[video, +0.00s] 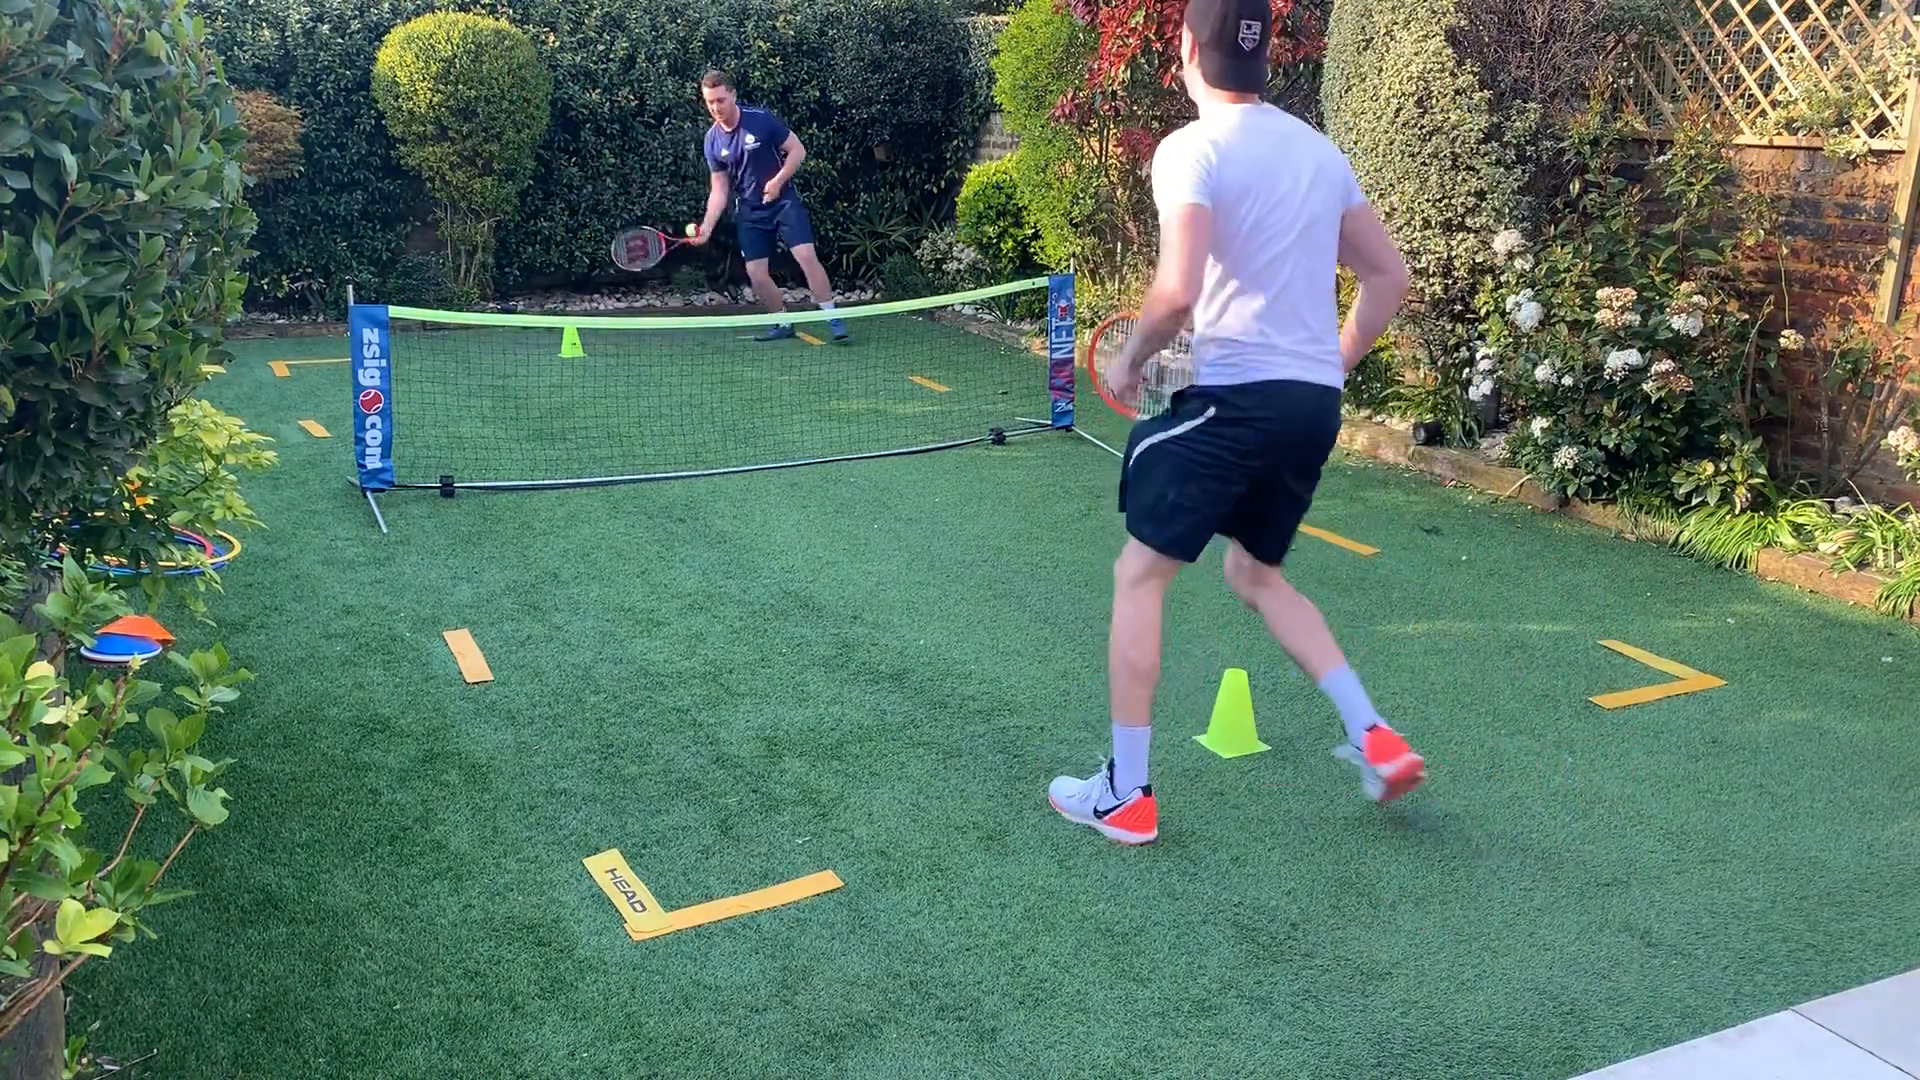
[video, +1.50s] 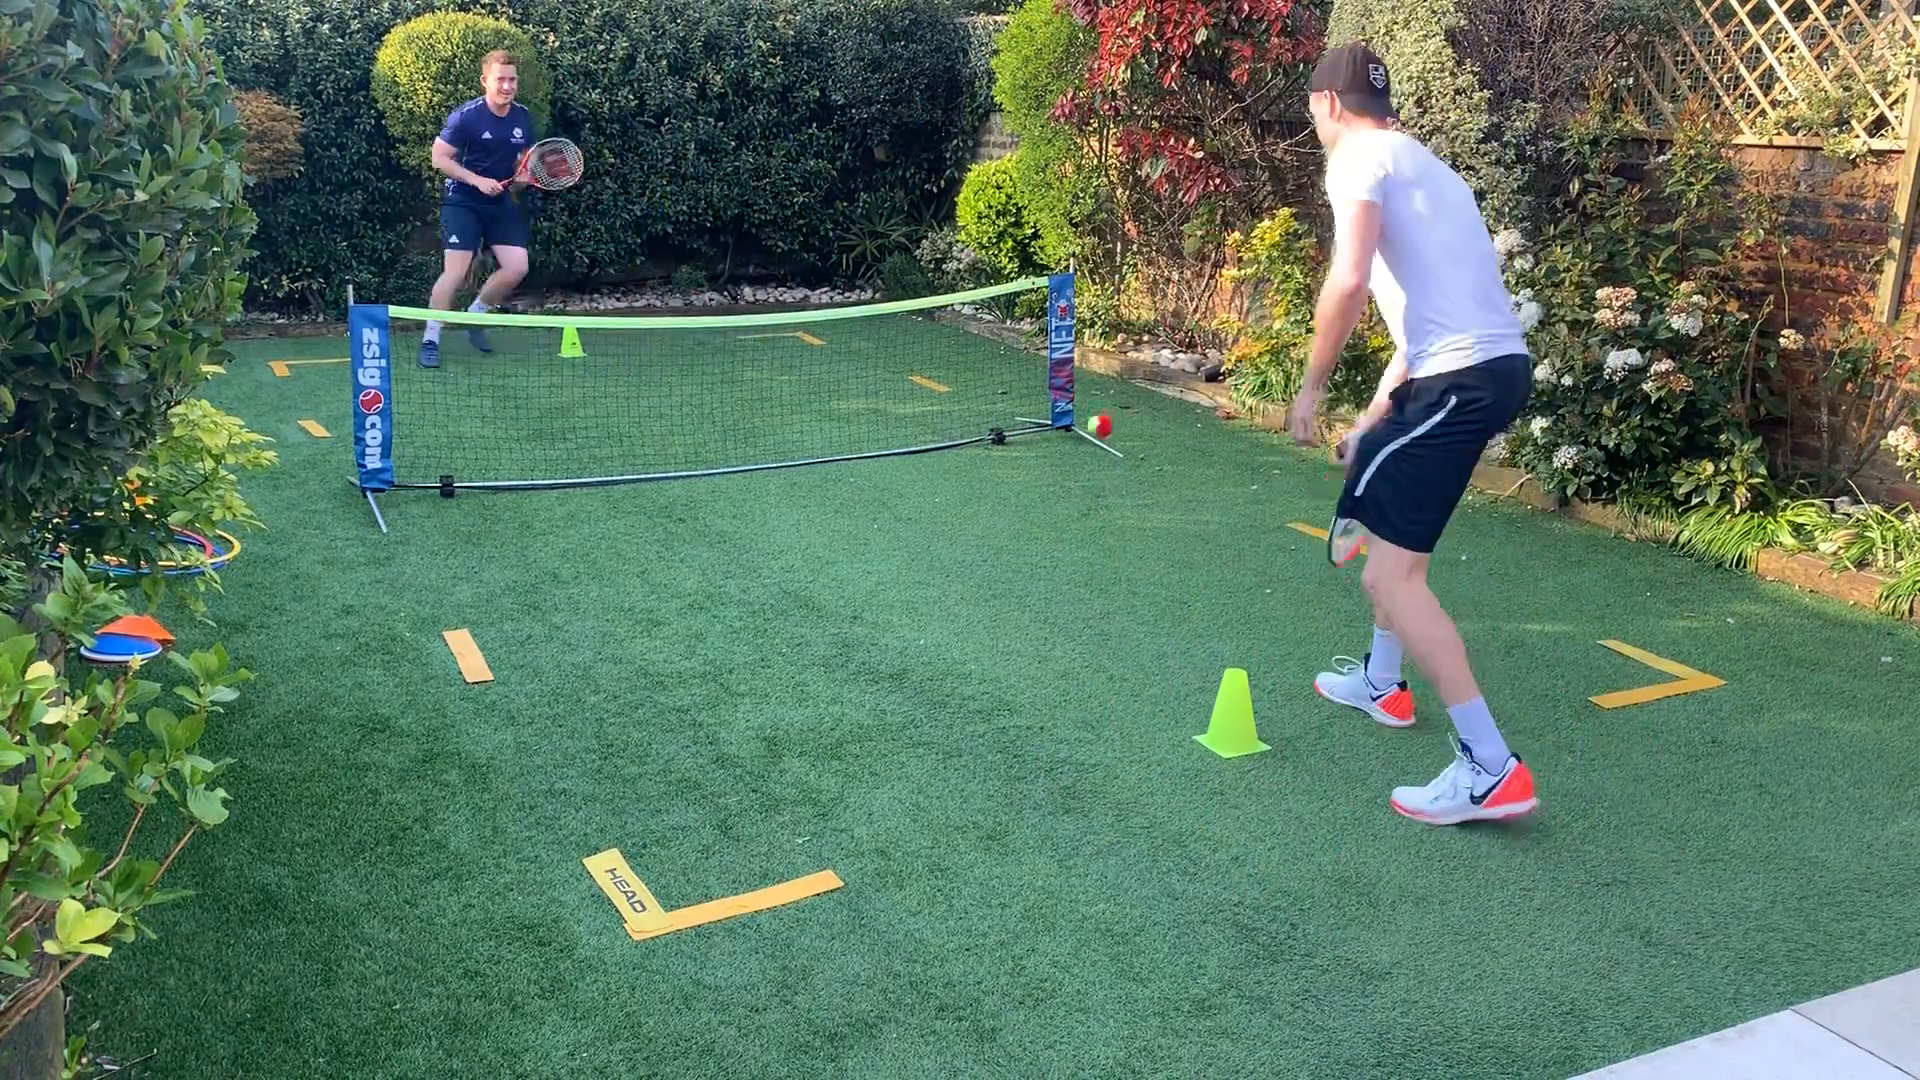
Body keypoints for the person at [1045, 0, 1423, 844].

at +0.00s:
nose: (1178, 55)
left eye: (1181, 43)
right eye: (1185, 41)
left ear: (1189, 52)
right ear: (1263, 53)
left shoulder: (1192, 149)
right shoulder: (1320, 151)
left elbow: (1178, 292)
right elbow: (1388, 274)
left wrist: (1130, 355)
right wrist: (1334, 363)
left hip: (1227, 397)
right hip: (1316, 404)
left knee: (1140, 575)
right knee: (1253, 571)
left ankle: (1124, 789)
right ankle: (1372, 735)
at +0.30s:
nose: (1280, 40)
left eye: (1282, 28)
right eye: (1288, 27)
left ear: (1293, 36)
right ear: (1366, 41)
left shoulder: (1302, 129)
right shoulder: (1432, 130)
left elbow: (1269, 293)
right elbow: (1485, 275)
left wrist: (1237, 342)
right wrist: (1413, 330)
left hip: (1363, 390)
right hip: (1450, 389)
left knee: (1256, 583)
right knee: (1431, 595)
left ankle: (1207, 803)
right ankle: (1490, 810)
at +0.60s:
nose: (1368, 99)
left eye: (1371, 86)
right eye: (1377, 84)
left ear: (1384, 94)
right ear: (1458, 98)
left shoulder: (1367, 193)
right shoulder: (1521, 191)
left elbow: (1328, 363)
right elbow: (1580, 337)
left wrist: (1367, 401)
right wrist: (1508, 401)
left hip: (1437, 455)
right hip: (1534, 450)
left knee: (1347, 657)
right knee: (1537, 623)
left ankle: (1364, 900)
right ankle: (1644, 819)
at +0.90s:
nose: (1405, 72)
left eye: (1408, 59)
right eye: (1411, 56)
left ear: (1421, 69)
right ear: (1491, 70)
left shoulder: (1420, 169)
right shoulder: (1549, 158)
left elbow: (1381, 341)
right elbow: (1559, 297)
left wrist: (1396, 394)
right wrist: (1461, 395)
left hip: (1507, 415)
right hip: (1600, 407)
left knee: (1416, 594)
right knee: (1607, 627)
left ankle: (1503, 796)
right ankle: (1657, 831)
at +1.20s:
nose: (1353, 94)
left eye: (1354, 80)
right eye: (1356, 80)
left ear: (1370, 76)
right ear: (1430, 76)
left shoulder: (1378, 161)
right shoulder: (1496, 149)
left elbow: (1327, 323)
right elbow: (1494, 297)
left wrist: (1316, 368)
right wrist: (1403, 380)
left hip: (1483, 386)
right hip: (1550, 376)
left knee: (1448, 596)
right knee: (1451, 526)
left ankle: (1509, 796)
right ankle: (1465, 692)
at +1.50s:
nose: (1313, 123)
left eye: (1311, 109)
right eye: (1313, 110)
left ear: (1327, 102)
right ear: (1378, 100)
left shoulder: (1359, 154)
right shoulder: (1421, 162)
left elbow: (1348, 281)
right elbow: (1432, 309)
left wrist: (1311, 387)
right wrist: (1379, 409)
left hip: (1461, 373)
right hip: (1494, 366)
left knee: (1392, 577)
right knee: (1388, 506)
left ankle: (1490, 765)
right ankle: (1382, 679)